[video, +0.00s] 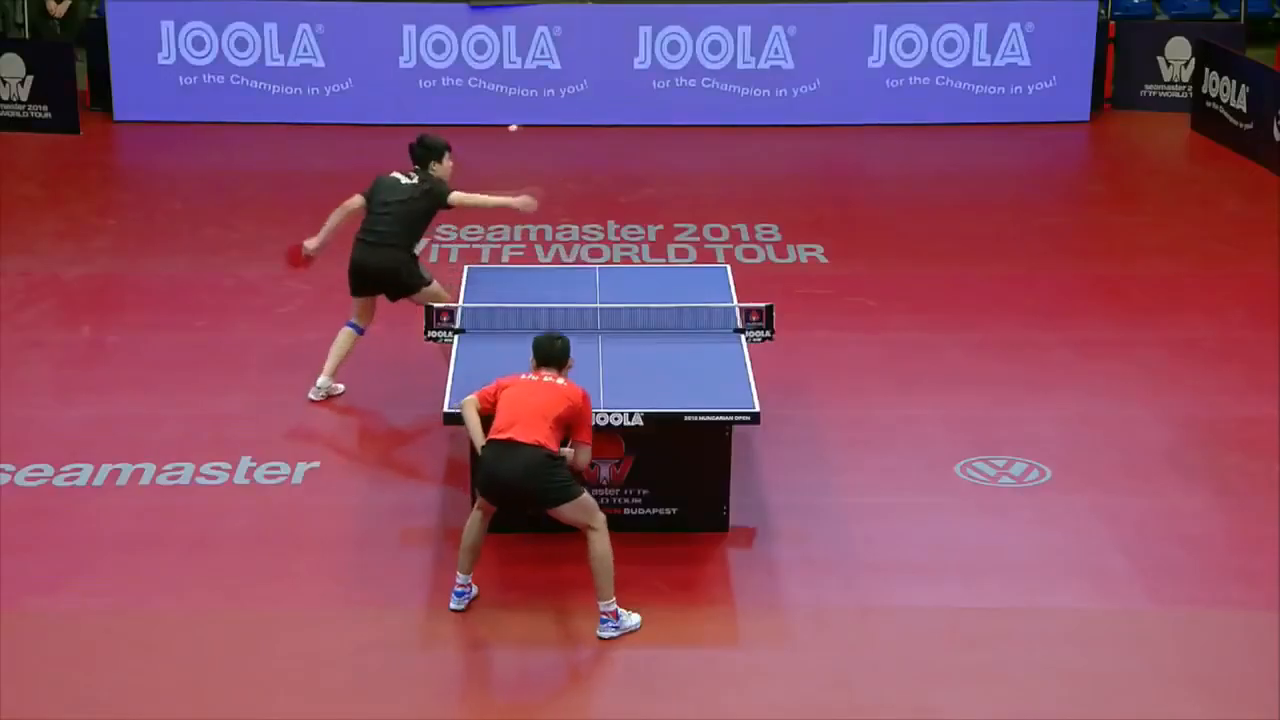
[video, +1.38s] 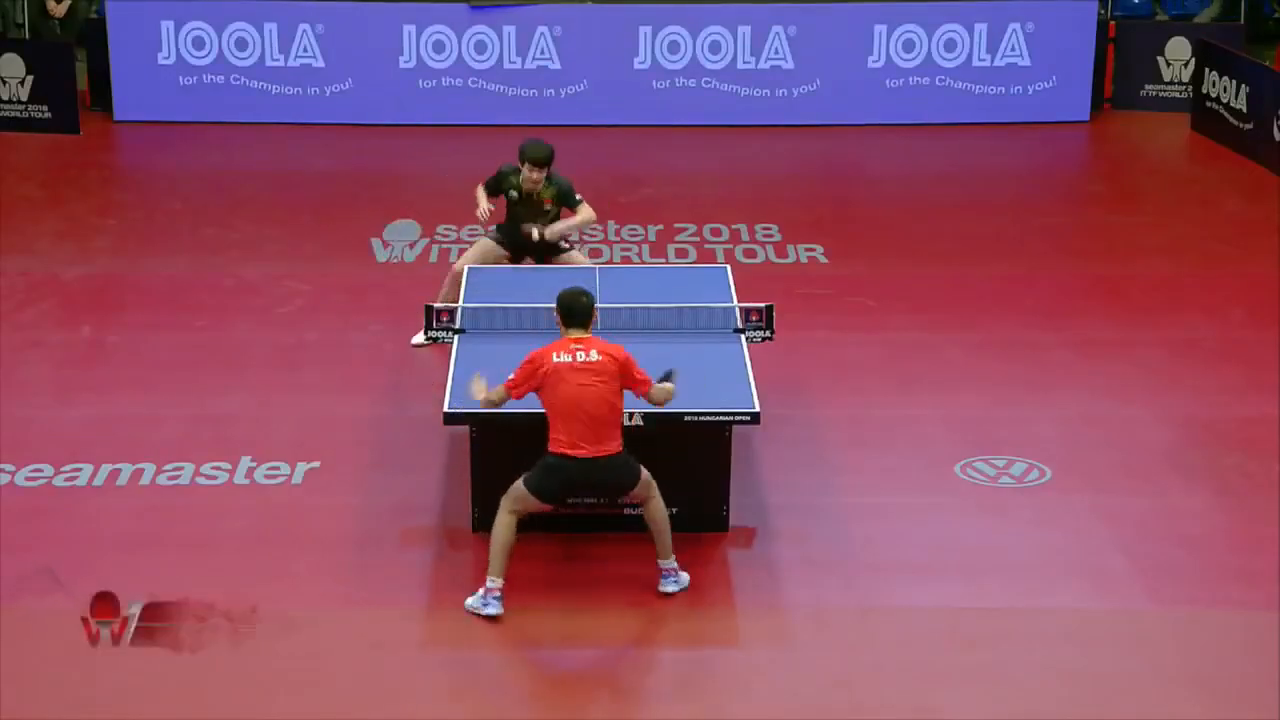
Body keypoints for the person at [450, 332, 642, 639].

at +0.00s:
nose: (568, 364)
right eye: (568, 362)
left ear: (533, 362)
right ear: (567, 364)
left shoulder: (508, 383)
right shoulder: (577, 395)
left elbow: (468, 403)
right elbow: (581, 463)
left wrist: (482, 447)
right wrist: (565, 453)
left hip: (494, 458)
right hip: (538, 464)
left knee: (482, 510)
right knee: (596, 523)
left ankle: (460, 589)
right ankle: (610, 615)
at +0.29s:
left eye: (523, 332)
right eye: (553, 334)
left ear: (522, 335)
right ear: (556, 338)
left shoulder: (499, 366)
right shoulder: (568, 375)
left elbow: (468, 399)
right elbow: (595, 430)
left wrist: (487, 442)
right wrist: (580, 423)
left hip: (501, 468)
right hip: (551, 470)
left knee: (471, 513)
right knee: (609, 508)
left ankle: (453, 592)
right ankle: (610, 588)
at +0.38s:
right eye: (559, 317)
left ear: (530, 321)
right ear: (563, 322)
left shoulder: (509, 353)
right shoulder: (577, 362)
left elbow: (476, 385)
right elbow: (616, 406)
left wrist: (495, 409)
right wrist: (596, 388)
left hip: (515, 465)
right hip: (563, 465)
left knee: (478, 509)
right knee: (620, 487)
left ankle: (455, 587)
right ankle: (642, 569)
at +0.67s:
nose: (547, 335)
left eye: (548, 331)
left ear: (550, 337)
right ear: (583, 336)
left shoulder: (538, 372)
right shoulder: (606, 368)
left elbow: (515, 404)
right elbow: (636, 387)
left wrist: (541, 385)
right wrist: (603, 379)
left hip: (562, 482)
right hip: (612, 481)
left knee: (497, 489)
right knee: (640, 475)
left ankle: (487, 576)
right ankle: (669, 555)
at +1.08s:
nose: (569, 341)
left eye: (570, 336)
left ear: (573, 339)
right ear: (607, 336)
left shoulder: (568, 365)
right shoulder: (629, 356)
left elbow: (550, 390)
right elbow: (649, 356)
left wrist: (547, 382)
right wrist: (629, 347)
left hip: (591, 474)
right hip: (635, 473)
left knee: (515, 492)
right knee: (649, 470)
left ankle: (487, 576)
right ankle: (669, 554)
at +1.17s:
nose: (570, 317)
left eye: (570, 312)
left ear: (572, 316)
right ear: (605, 313)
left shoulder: (563, 349)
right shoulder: (632, 341)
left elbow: (520, 394)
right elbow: (675, 376)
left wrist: (481, 423)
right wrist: (691, 371)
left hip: (584, 456)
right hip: (628, 457)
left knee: (511, 491)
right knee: (643, 475)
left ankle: (488, 578)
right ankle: (669, 554)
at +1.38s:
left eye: (559, 313)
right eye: (591, 312)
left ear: (558, 317)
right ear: (593, 316)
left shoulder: (543, 357)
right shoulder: (615, 354)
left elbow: (494, 400)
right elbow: (658, 397)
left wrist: (482, 393)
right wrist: (668, 386)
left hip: (560, 468)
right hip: (613, 466)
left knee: (509, 507)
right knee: (649, 493)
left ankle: (491, 593)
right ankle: (670, 571)